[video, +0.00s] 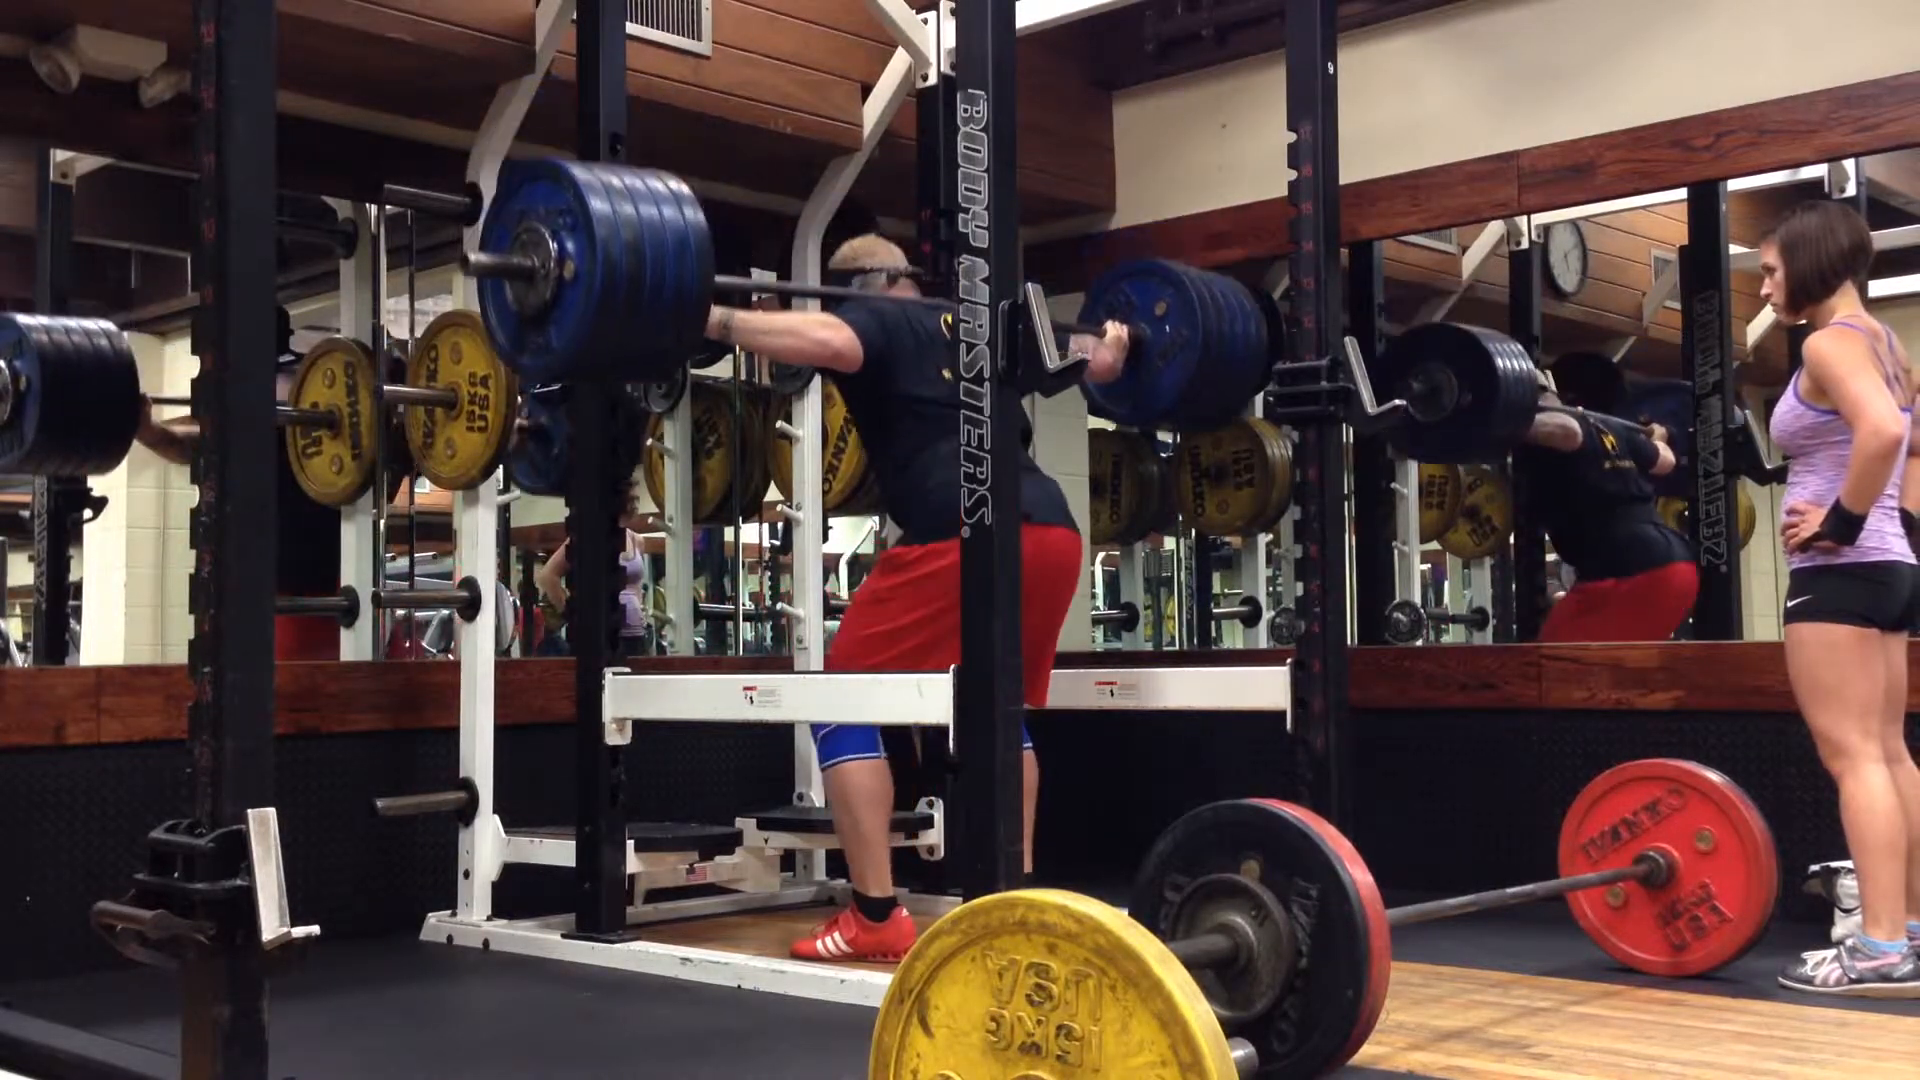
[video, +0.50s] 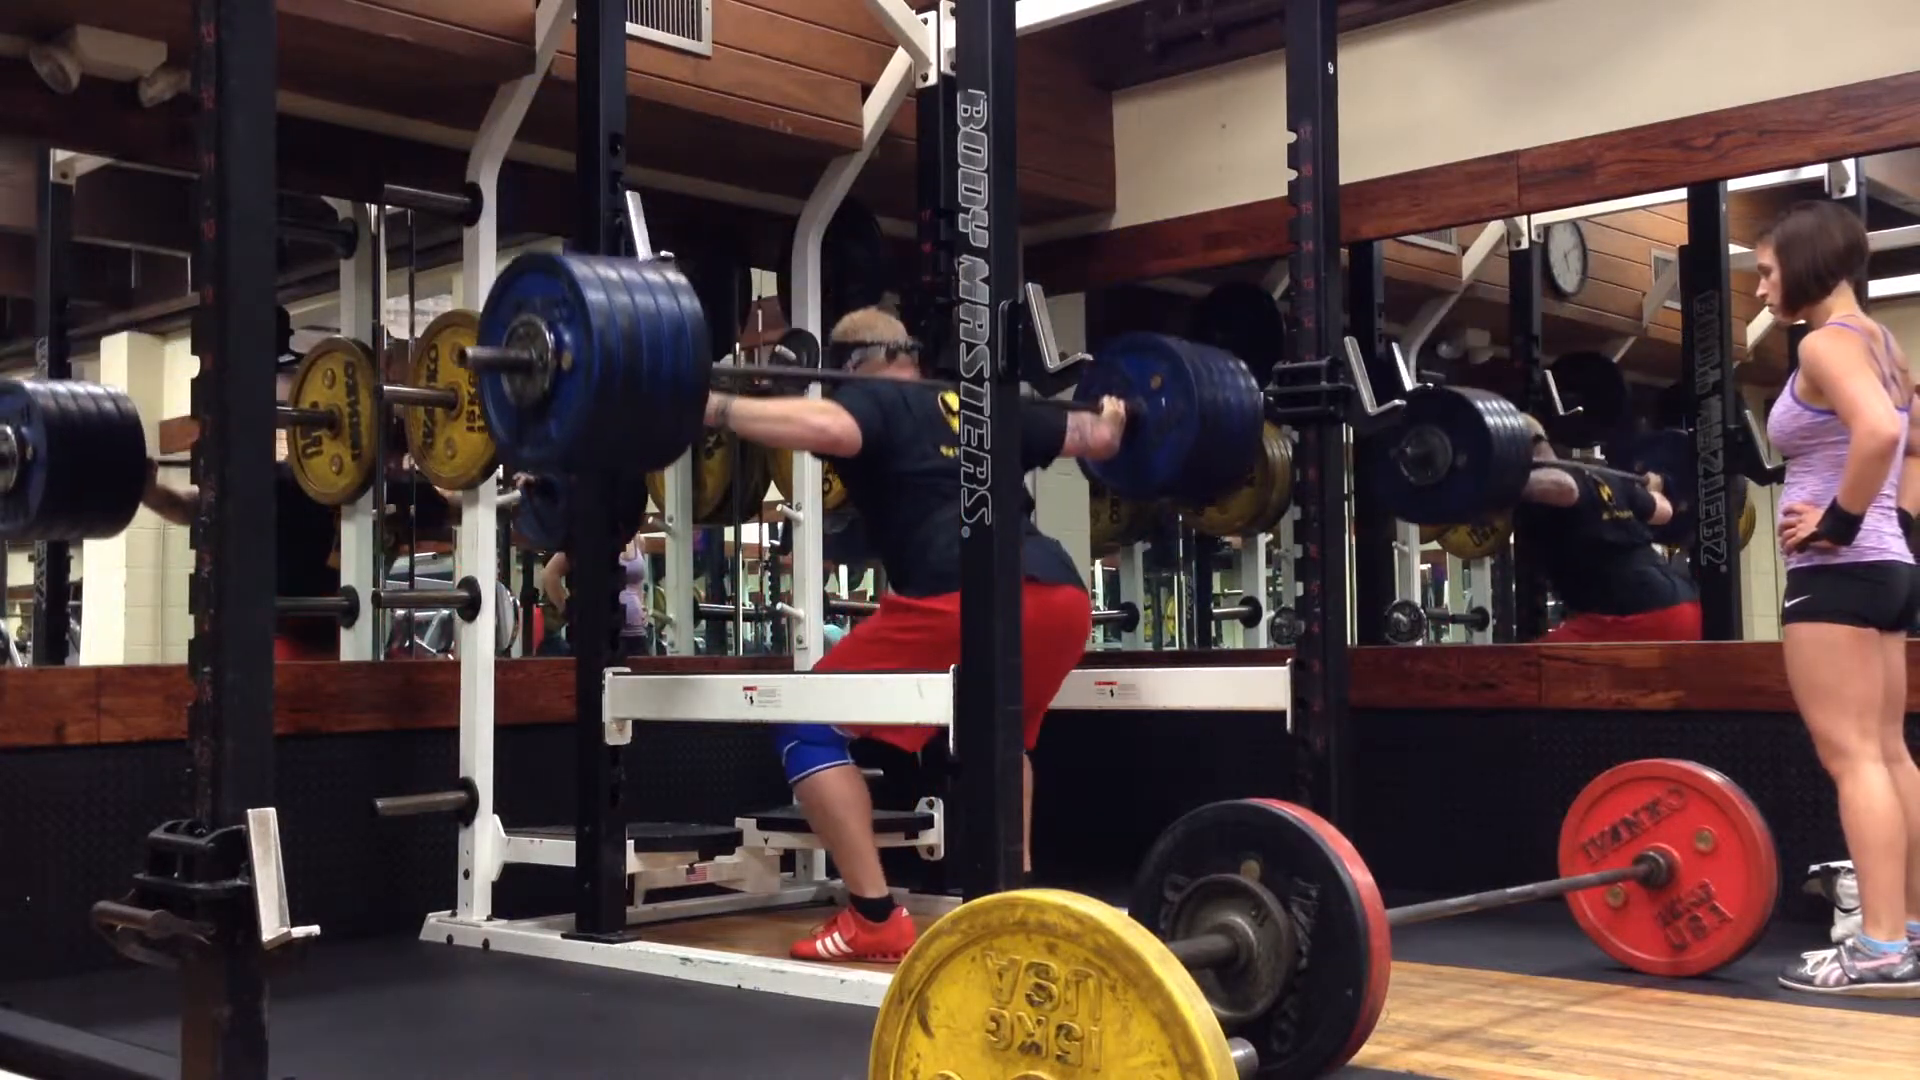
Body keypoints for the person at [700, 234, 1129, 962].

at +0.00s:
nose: (843, 312)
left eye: (844, 299)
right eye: (843, 301)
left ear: (865, 287)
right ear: (910, 279)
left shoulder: (875, 316)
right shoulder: (977, 327)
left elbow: (834, 344)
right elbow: (1092, 356)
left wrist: (716, 318)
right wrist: (1113, 347)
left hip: (953, 535)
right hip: (1052, 536)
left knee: (842, 704)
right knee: (1004, 717)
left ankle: (875, 911)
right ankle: (1014, 899)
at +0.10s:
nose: (843, 331)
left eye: (844, 318)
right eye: (844, 320)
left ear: (869, 304)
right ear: (910, 297)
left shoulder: (879, 334)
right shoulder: (980, 347)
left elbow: (834, 359)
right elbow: (1094, 378)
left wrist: (719, 335)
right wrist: (1116, 357)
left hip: (962, 550)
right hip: (1057, 551)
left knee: (834, 707)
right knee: (1004, 718)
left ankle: (875, 911)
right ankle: (1014, 899)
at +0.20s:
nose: (844, 337)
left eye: (847, 325)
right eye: (845, 328)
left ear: (874, 315)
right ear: (910, 310)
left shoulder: (876, 347)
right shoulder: (985, 363)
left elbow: (831, 376)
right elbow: (1098, 395)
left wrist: (709, 351)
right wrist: (1115, 369)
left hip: (959, 563)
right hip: (1058, 564)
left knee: (823, 711)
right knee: (1003, 725)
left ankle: (874, 912)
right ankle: (1013, 901)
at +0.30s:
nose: (844, 350)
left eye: (849, 338)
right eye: (843, 341)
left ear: (880, 329)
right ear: (912, 327)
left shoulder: (878, 365)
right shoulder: (987, 379)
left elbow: (828, 391)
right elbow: (1097, 409)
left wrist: (716, 370)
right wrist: (1116, 380)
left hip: (957, 577)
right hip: (1056, 579)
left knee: (816, 713)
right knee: (1003, 733)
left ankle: (873, 911)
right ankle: (1009, 903)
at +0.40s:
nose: (843, 368)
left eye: (848, 356)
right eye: (842, 360)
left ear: (877, 346)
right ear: (910, 344)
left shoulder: (873, 380)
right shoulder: (984, 393)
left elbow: (835, 414)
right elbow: (1093, 424)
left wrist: (718, 388)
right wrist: (1113, 403)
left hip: (956, 586)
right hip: (1058, 588)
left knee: (811, 717)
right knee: (1002, 735)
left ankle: (873, 912)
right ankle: (1011, 903)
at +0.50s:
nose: (842, 381)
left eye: (846, 370)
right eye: (842, 373)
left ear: (866, 364)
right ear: (913, 360)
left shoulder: (870, 397)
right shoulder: (986, 405)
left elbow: (836, 432)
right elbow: (1095, 438)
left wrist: (715, 405)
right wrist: (1112, 413)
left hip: (953, 599)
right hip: (1060, 602)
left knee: (804, 720)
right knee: (1002, 738)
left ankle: (873, 912)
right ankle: (1014, 896)